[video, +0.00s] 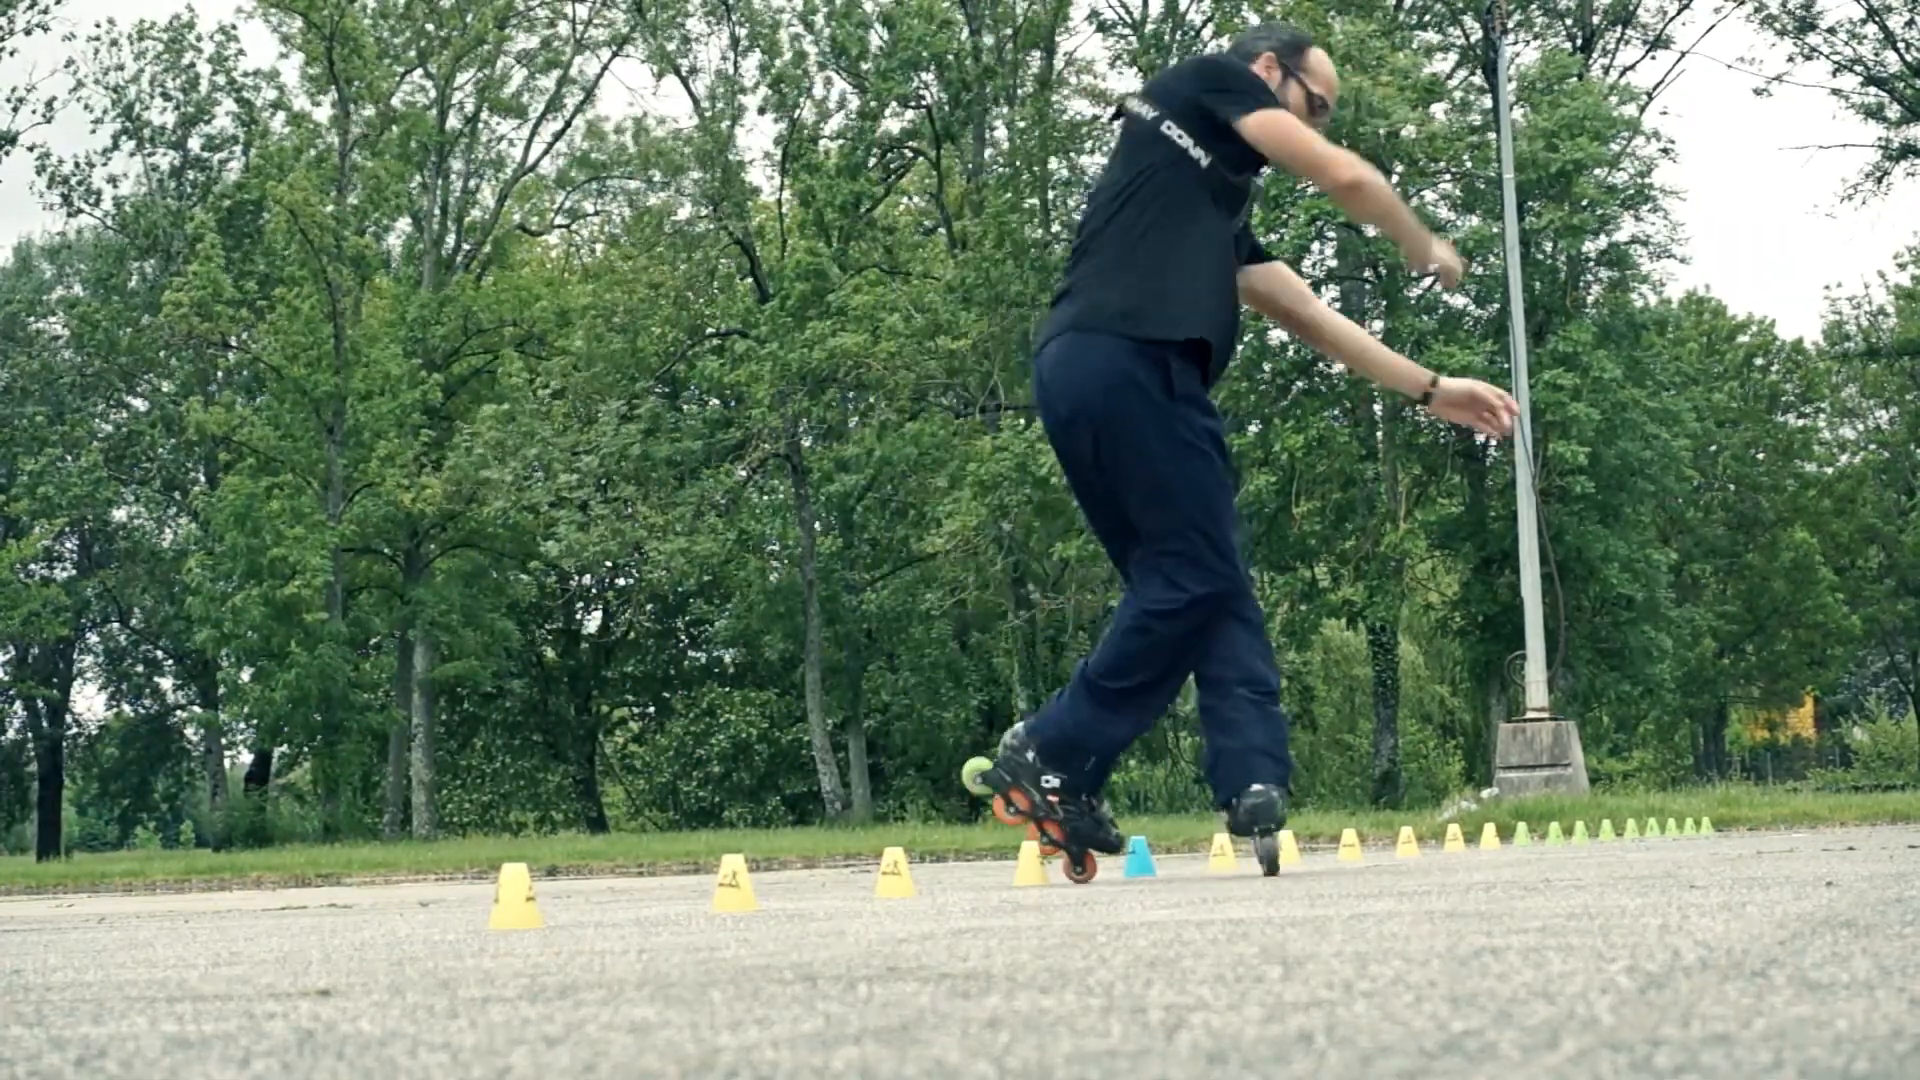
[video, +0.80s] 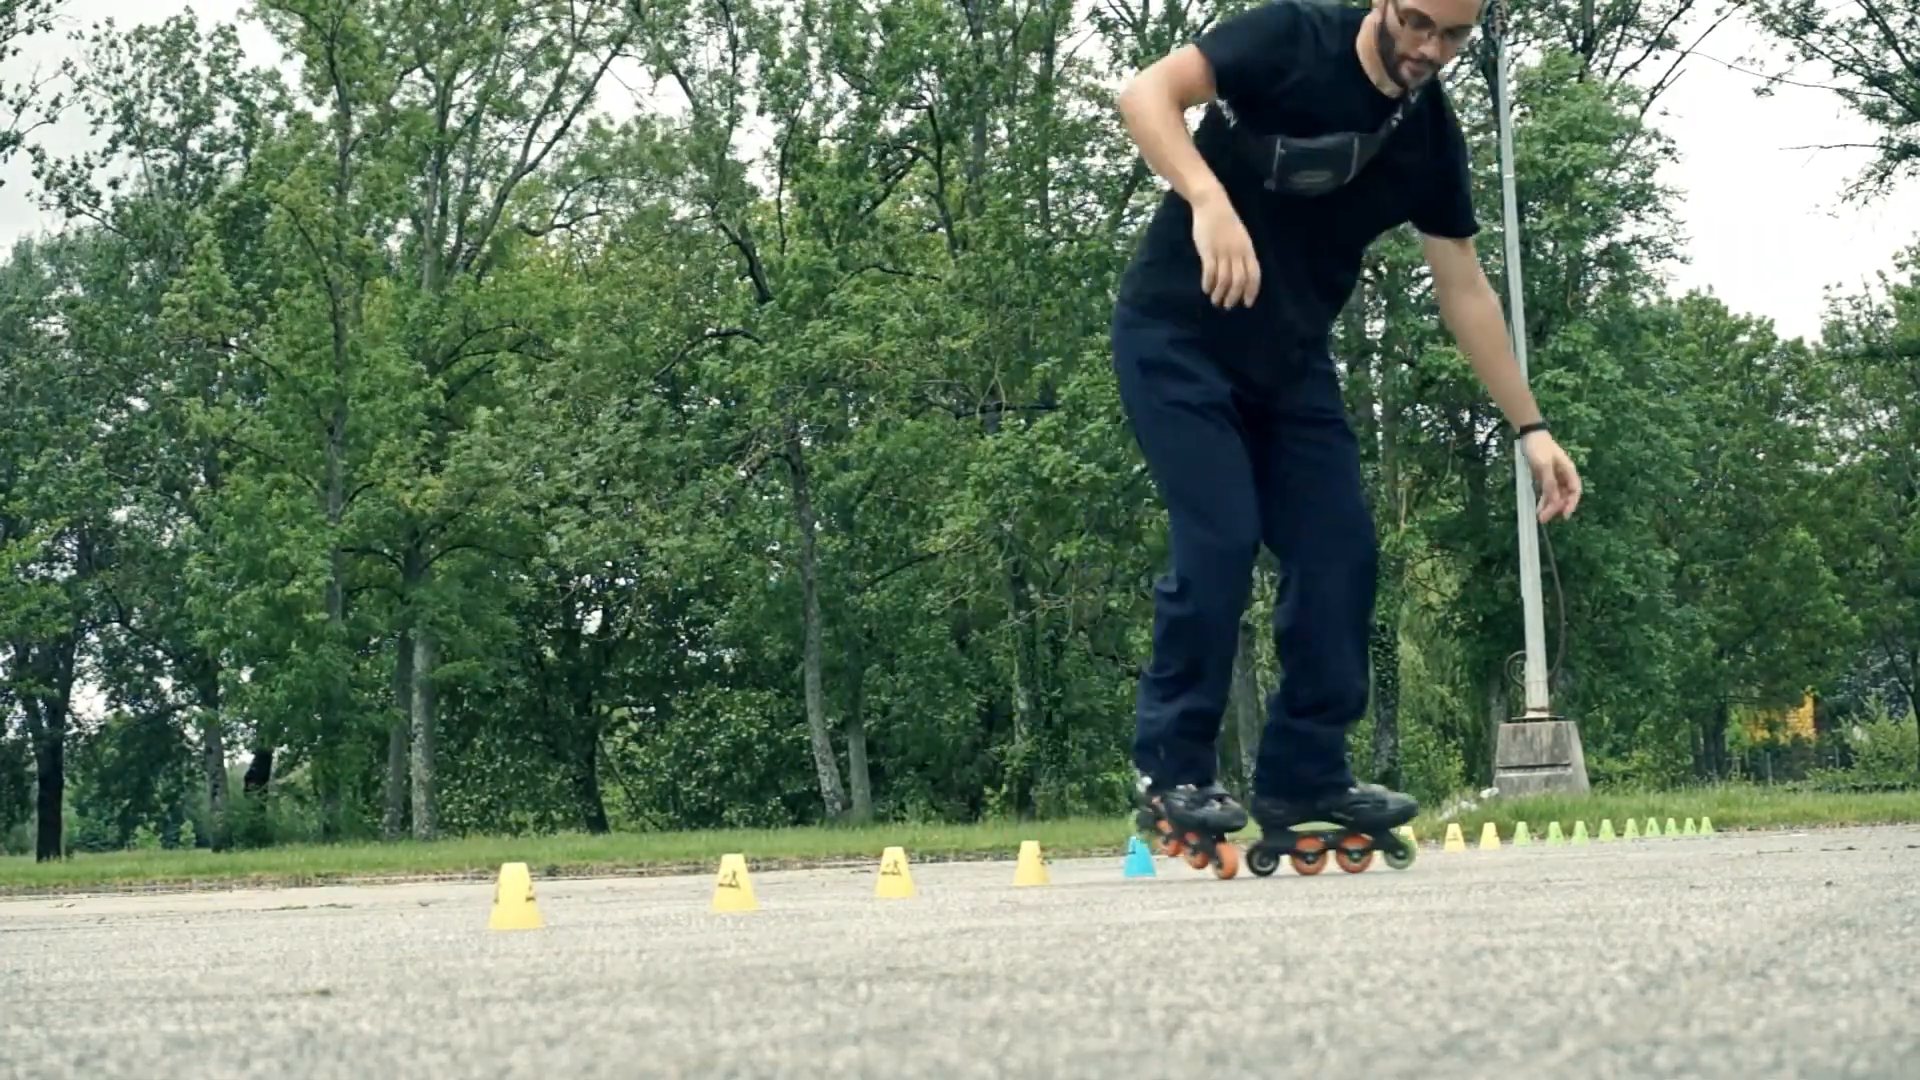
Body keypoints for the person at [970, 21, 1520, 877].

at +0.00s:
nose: (1318, 123)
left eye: (1325, 111)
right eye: (1315, 101)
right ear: (1268, 67)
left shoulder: (1215, 211)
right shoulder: (1210, 77)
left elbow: (1308, 314)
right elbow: (1343, 173)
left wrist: (1430, 386)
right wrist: (1420, 245)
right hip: (1120, 354)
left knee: (1215, 584)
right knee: (1189, 576)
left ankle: (1252, 786)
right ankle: (1052, 756)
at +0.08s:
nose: (1352, 154)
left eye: (1363, 143)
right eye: (1353, 126)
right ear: (1305, 90)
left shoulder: (1252, 230)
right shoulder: (1234, 92)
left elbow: (1335, 329)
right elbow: (1307, 211)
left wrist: (1457, 412)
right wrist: (1382, 337)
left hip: (1150, 379)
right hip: (1117, 356)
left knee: (1222, 589)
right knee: (1191, 576)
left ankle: (1249, 790)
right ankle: (1055, 758)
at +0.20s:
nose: (1403, 186)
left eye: (1417, 177)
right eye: (1405, 159)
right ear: (1360, 118)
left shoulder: (1295, 243)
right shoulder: (1278, 108)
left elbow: (1354, 375)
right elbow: (1229, 175)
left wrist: (1451, 487)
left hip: (1167, 390)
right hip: (1110, 357)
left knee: (1234, 585)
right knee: (1182, 570)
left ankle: (1238, 792)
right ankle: (1050, 759)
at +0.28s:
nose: (1431, 199)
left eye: (1445, 192)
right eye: (1433, 172)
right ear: (1388, 129)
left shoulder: (1319, 256)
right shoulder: (1301, 116)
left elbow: (1355, 393)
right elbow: (1193, 125)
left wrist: (1427, 530)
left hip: (1172, 391)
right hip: (1109, 348)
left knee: (1235, 580)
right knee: (1159, 569)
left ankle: (1236, 794)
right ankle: (1034, 760)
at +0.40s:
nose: (1452, 195)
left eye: (1468, 188)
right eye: (1455, 167)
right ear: (1411, 119)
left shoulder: (1349, 245)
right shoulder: (1316, 106)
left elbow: (1362, 396)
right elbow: (1201, 64)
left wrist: (1416, 536)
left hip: (1190, 394)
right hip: (1113, 346)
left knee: (1242, 569)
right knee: (1140, 562)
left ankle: (1233, 791)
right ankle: (1021, 760)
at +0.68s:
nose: (1449, 93)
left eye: (1470, 81)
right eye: (1439, 65)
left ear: (1486, 75)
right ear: (1396, 28)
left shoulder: (1404, 171)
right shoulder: (1291, 51)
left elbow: (1428, 328)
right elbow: (1145, 38)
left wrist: (1491, 463)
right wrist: (1164, 85)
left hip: (1255, 363)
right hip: (1148, 334)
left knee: (1306, 561)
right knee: (1188, 551)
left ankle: (1249, 778)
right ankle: (1122, 767)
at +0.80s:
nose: (1430, 50)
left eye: (1454, 35)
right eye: (1417, 24)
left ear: (1473, 30)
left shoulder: (1430, 134)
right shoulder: (1290, 37)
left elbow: (1464, 289)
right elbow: (1145, 96)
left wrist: (1531, 426)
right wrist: (1209, 196)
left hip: (1291, 354)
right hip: (1176, 328)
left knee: (1339, 551)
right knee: (1220, 531)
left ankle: (1303, 779)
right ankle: (1173, 773)